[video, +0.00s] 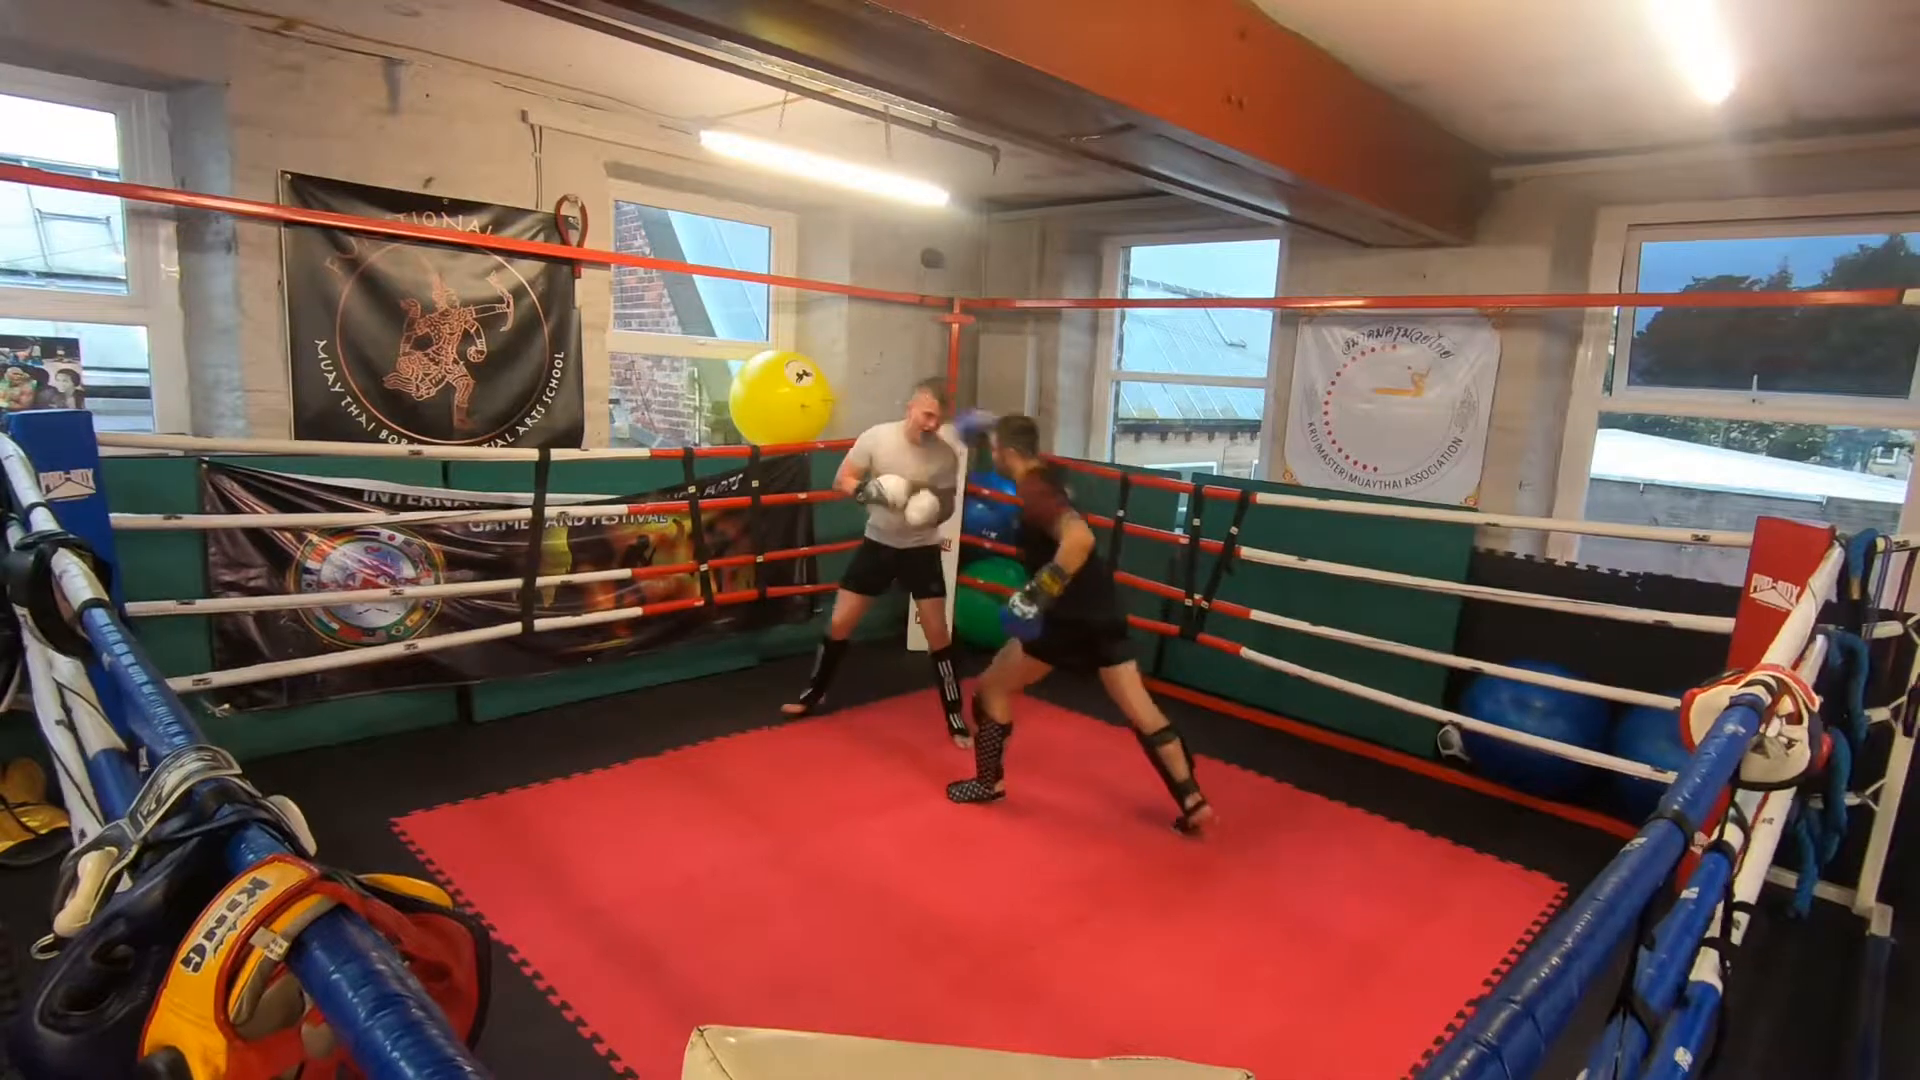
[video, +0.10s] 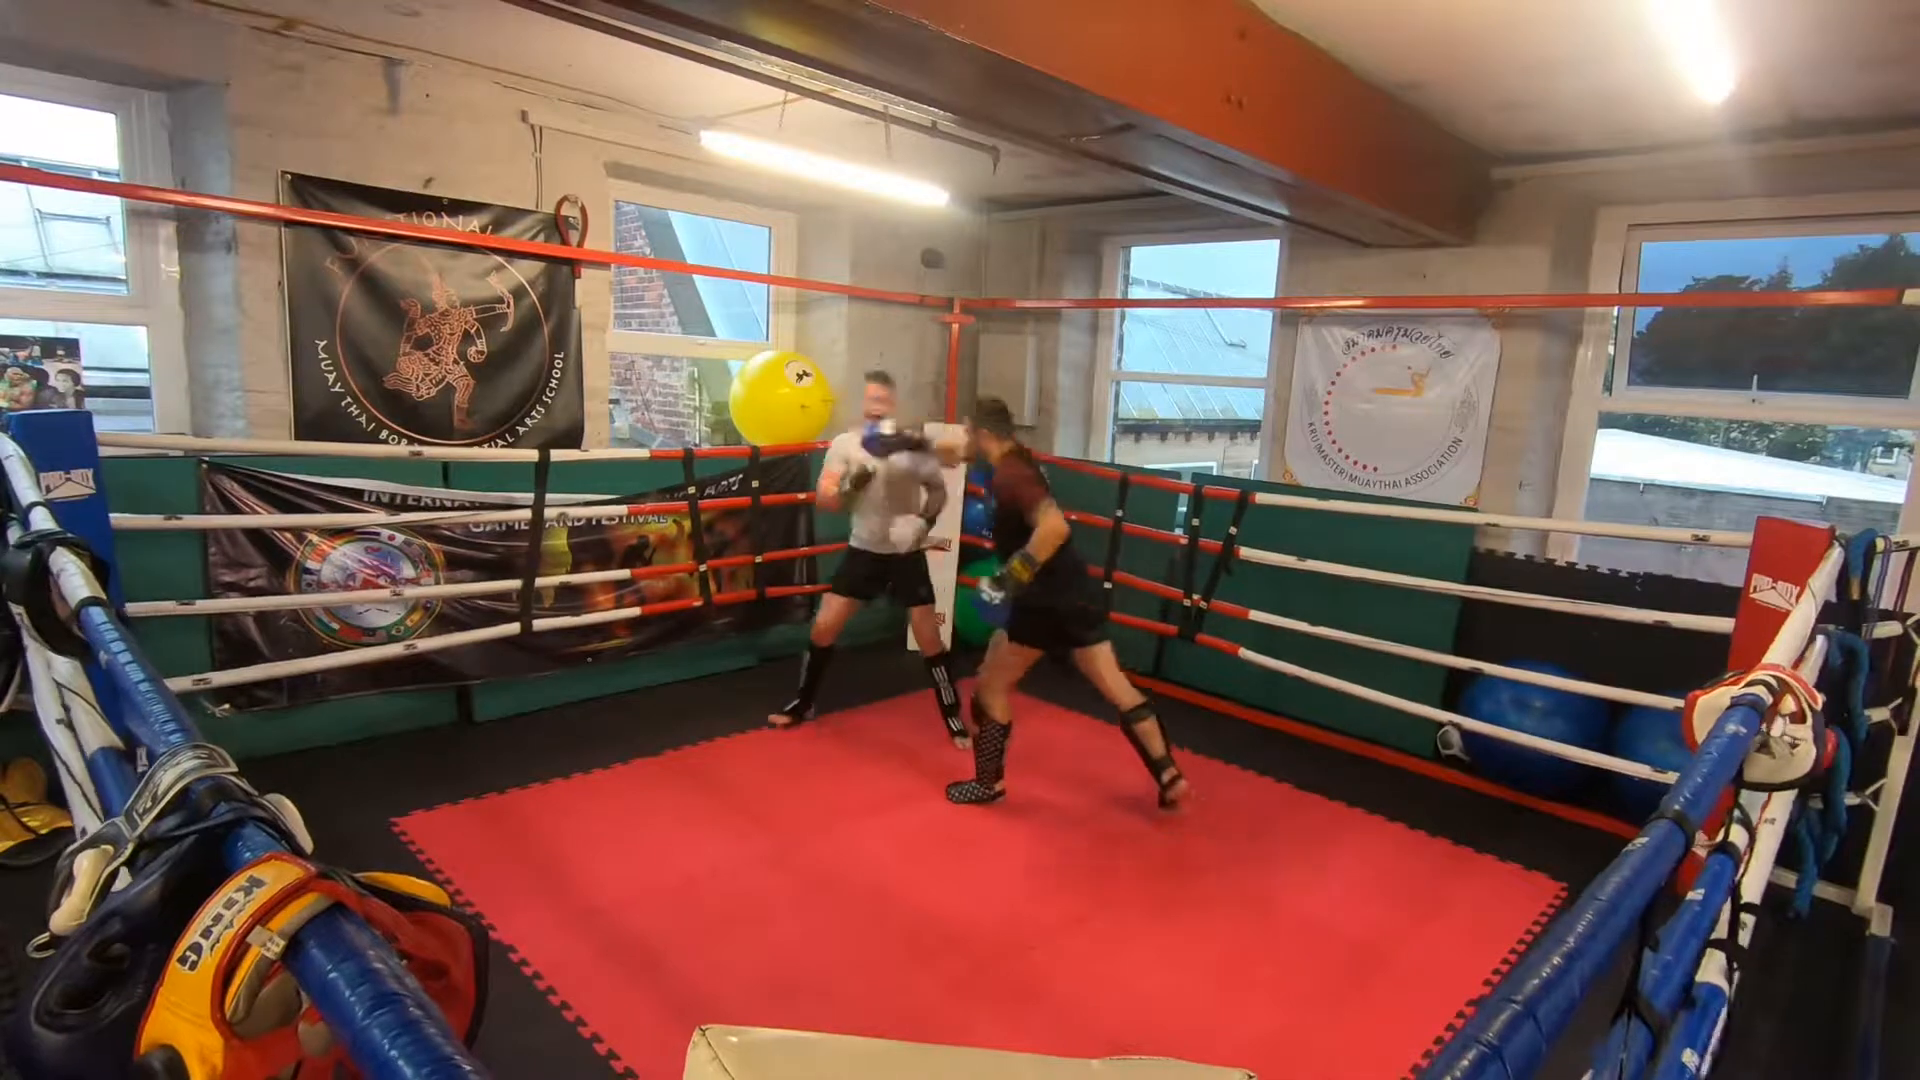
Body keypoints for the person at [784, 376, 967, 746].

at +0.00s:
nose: (930, 424)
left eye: (936, 418)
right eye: (925, 415)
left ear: (941, 418)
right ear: (909, 408)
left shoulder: (945, 455)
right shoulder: (876, 438)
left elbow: (948, 506)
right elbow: (842, 480)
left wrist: (932, 510)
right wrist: (867, 490)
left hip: (921, 550)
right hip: (876, 546)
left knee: (937, 632)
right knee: (841, 621)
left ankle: (955, 718)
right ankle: (813, 695)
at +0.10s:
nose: (876, 408)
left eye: (883, 401)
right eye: (870, 400)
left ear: (895, 404)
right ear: (862, 403)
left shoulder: (913, 446)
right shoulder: (844, 445)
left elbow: (938, 489)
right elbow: (825, 501)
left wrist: (925, 522)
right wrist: (853, 484)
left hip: (907, 555)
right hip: (862, 552)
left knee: (929, 638)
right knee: (824, 626)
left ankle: (954, 721)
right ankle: (801, 706)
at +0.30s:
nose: (807, 377)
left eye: (812, 370)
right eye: (800, 371)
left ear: (820, 375)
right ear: (787, 377)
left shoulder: (843, 413)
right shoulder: (775, 421)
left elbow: (881, 451)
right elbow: (772, 479)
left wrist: (908, 484)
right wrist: (806, 465)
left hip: (847, 525)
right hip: (803, 529)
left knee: (870, 608)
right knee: (796, 616)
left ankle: (901, 693)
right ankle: (798, 704)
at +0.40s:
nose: (790, 367)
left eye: (794, 360)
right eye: (782, 360)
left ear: (802, 364)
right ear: (768, 365)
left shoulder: (822, 401)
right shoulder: (751, 410)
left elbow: (856, 440)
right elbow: (746, 468)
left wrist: (877, 475)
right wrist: (773, 454)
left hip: (819, 510)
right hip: (773, 513)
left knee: (833, 596)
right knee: (766, 598)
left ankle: (851, 682)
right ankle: (768, 686)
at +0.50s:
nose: (769, 377)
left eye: (774, 371)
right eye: (761, 371)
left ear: (780, 374)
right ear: (746, 374)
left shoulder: (799, 411)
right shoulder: (729, 418)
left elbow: (827, 450)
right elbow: (721, 474)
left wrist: (837, 473)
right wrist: (748, 460)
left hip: (796, 517)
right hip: (753, 520)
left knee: (803, 603)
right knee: (733, 604)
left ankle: (812, 686)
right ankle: (716, 670)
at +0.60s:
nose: (753, 395)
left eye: (758, 389)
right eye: (746, 389)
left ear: (762, 394)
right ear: (729, 393)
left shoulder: (779, 433)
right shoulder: (712, 436)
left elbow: (801, 479)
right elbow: (698, 489)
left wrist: (807, 517)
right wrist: (726, 480)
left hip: (772, 539)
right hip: (727, 539)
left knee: (781, 616)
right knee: (712, 615)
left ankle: (795, 697)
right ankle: (698, 677)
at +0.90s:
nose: (741, 383)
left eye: (746, 377)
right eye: (734, 376)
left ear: (750, 381)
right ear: (717, 378)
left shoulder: (762, 416)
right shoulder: (698, 420)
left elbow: (783, 464)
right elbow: (690, 477)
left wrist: (776, 495)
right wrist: (719, 459)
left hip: (751, 520)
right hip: (711, 522)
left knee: (750, 598)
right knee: (704, 604)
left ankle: (768, 689)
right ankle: (707, 675)